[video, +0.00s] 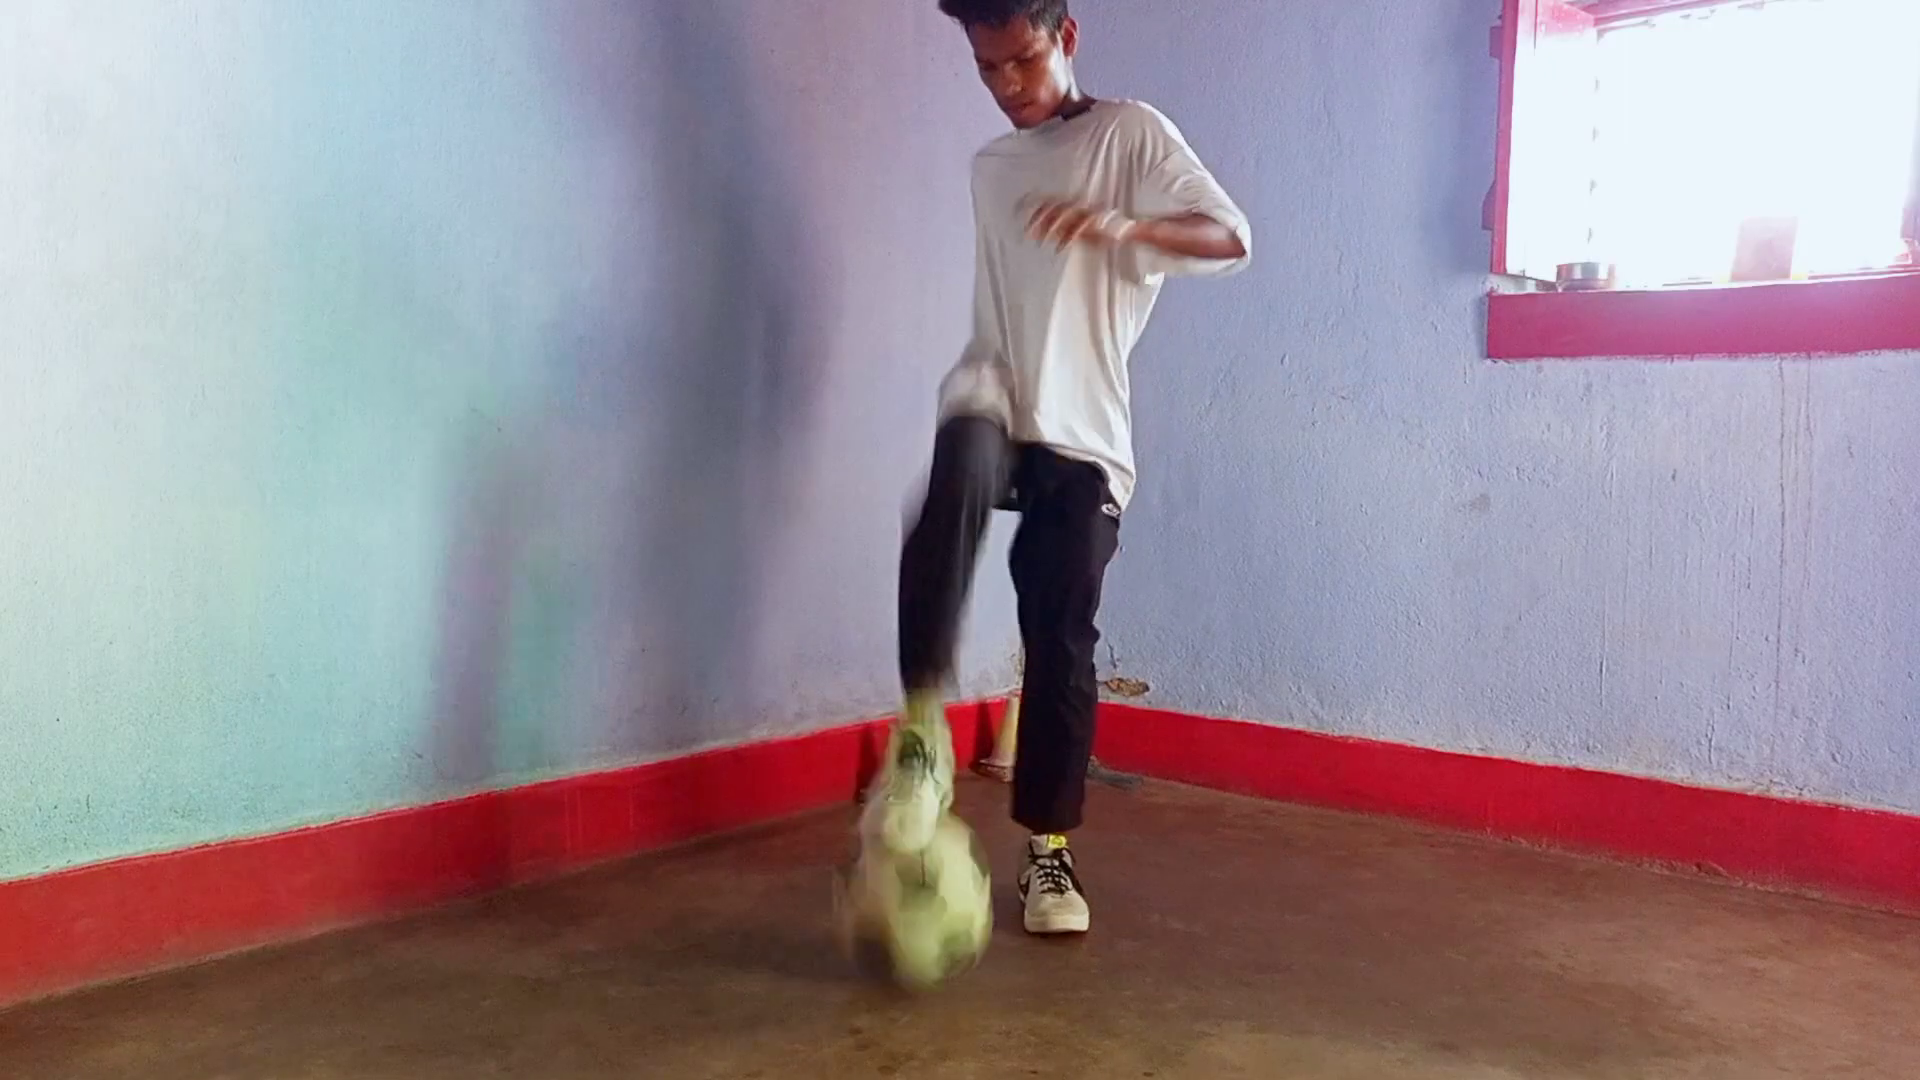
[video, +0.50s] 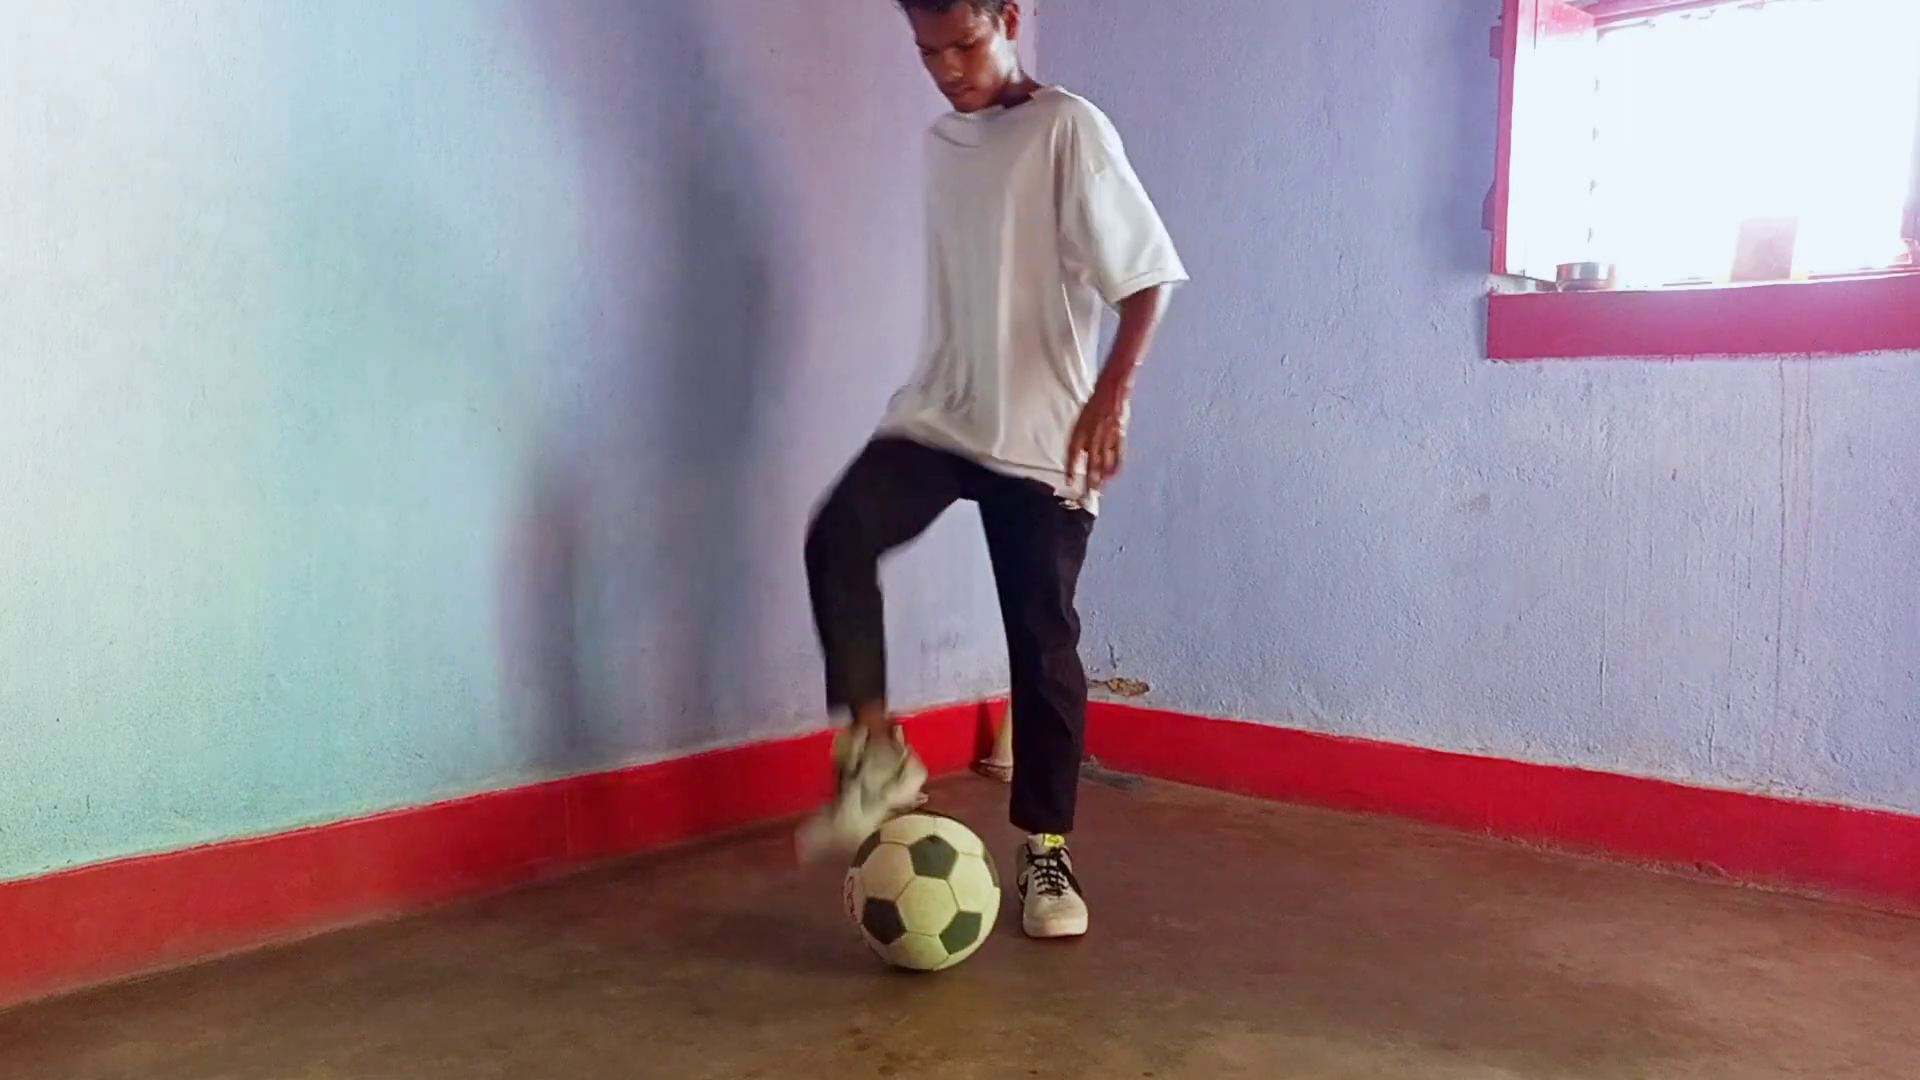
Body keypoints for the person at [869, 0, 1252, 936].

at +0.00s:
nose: (1010, 85)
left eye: (1025, 60)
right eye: (992, 67)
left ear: (1068, 38)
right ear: (974, 60)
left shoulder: (1132, 131)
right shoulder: (990, 165)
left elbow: (1229, 237)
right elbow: (999, 290)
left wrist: (1126, 229)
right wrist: (992, 380)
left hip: (1083, 420)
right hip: (989, 396)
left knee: (1061, 625)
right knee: (960, 474)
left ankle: (1049, 850)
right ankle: (921, 717)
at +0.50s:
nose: (947, 69)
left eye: (964, 46)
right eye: (930, 51)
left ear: (1012, 22)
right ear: (914, 40)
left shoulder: (1069, 125)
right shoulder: (946, 138)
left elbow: (1148, 271)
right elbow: (970, 277)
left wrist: (1110, 398)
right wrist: (948, 389)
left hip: (1038, 430)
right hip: (938, 413)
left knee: (1042, 637)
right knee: (836, 539)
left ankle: (1047, 848)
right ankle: (876, 753)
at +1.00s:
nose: (875, 61)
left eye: (890, 39)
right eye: (853, 44)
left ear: (920, 22)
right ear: (828, 36)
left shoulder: (989, 117)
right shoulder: (808, 150)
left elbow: (1042, 261)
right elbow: (782, 294)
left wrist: (1072, 375)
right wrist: (707, 388)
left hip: (982, 417)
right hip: (872, 427)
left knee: (974, 605)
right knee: (869, 632)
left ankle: (949, 831)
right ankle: (876, 840)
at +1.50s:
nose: (980, 71)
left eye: (998, 52)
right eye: (962, 52)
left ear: (1027, 39)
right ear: (931, 37)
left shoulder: (1066, 146)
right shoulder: (878, 135)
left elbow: (1087, 293)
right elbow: (842, 278)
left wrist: (1111, 410)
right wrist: (803, 398)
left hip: (1010, 429)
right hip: (904, 414)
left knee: (991, 652)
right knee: (907, 581)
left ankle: (959, 843)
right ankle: (889, 786)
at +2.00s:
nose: (1063, 72)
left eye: (1081, 54)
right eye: (1046, 52)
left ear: (1112, 50)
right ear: (1018, 47)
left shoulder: (1148, 177)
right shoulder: (960, 152)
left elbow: (1161, 336)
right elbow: (922, 297)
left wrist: (1162, 464)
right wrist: (896, 421)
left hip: (1078, 455)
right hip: (963, 437)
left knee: (1051, 657)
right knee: (939, 593)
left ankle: (1019, 835)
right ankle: (916, 798)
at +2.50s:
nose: (1060, 87)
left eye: (1078, 66)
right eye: (1043, 66)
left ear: (1113, 54)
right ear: (1018, 53)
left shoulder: (1156, 175)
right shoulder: (970, 157)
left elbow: (1175, 331)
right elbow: (940, 301)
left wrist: (1166, 458)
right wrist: (914, 425)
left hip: (1080, 455)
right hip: (970, 438)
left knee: (1054, 658)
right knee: (941, 593)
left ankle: (1021, 837)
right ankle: (920, 797)